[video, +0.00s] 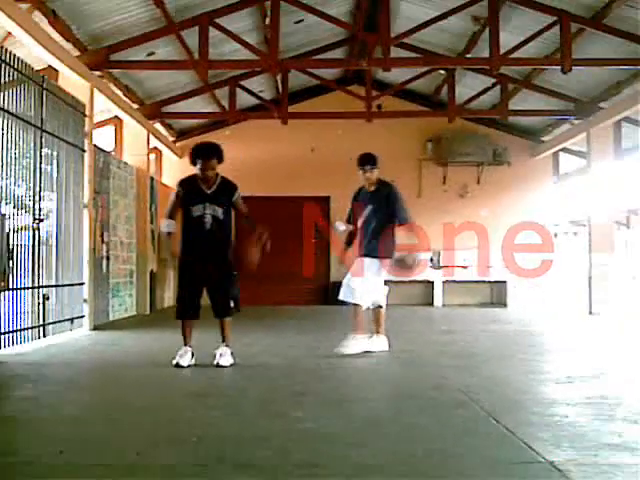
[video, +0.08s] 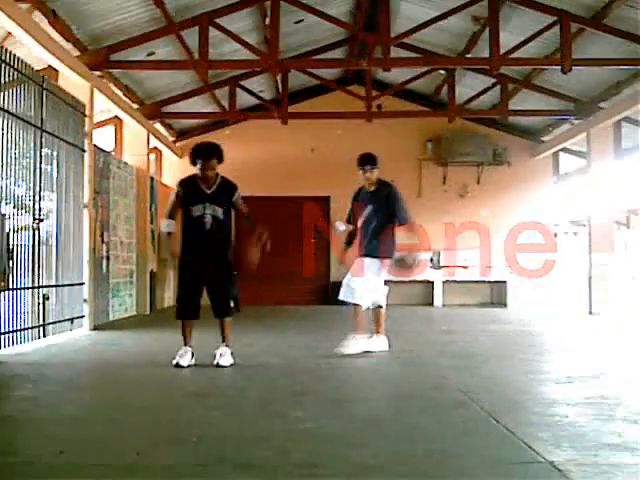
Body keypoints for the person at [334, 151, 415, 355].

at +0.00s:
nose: (368, 175)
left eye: (371, 171)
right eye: (364, 171)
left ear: (377, 170)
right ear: (360, 172)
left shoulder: (389, 191)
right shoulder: (359, 194)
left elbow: (404, 222)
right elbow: (353, 225)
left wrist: (414, 251)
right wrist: (346, 247)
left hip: (379, 253)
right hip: (363, 252)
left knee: (355, 289)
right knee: (377, 294)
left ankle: (358, 335)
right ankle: (380, 337)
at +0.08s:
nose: (368, 175)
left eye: (371, 171)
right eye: (364, 171)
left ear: (377, 170)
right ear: (360, 172)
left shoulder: (389, 191)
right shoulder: (359, 194)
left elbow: (404, 222)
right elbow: (353, 225)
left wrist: (414, 251)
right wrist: (346, 247)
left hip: (379, 253)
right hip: (363, 252)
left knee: (354, 288)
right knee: (377, 293)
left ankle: (358, 335)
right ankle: (380, 337)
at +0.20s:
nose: (380, 176)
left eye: (383, 171)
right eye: (376, 172)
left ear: (389, 171)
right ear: (372, 173)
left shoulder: (401, 190)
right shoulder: (371, 197)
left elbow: (421, 203)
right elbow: (359, 219)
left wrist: (436, 194)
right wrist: (339, 226)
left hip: (393, 254)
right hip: (375, 254)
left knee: (380, 296)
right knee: (368, 297)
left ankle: (412, 335)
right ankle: (379, 338)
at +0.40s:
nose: (393, 165)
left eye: (396, 160)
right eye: (389, 161)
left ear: (403, 161)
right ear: (385, 163)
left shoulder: (419, 179)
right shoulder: (385, 187)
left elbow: (444, 183)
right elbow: (368, 205)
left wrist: (460, 172)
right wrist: (339, 208)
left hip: (414, 248)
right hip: (393, 249)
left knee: (410, 295)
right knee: (390, 293)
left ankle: (424, 338)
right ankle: (394, 334)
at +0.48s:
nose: (400, 157)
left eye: (403, 153)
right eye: (396, 153)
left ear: (410, 152)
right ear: (391, 155)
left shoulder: (425, 171)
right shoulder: (390, 179)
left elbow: (451, 181)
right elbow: (377, 205)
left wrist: (465, 180)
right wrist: (351, 220)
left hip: (422, 239)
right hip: (399, 242)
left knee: (424, 287)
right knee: (404, 289)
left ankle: (434, 334)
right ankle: (410, 334)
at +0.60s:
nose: (409, 160)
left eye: (412, 155)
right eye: (405, 156)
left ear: (419, 155)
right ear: (400, 157)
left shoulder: (433, 175)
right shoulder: (396, 181)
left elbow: (460, 190)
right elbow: (388, 208)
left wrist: (476, 196)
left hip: (430, 240)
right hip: (405, 244)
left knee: (436, 288)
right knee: (413, 294)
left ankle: (449, 337)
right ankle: (423, 338)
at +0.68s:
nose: (419, 173)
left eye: (423, 167)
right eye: (415, 168)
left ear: (429, 168)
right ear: (410, 169)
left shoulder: (440, 190)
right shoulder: (403, 194)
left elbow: (465, 209)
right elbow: (399, 228)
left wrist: (482, 225)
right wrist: (402, 256)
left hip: (439, 254)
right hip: (413, 258)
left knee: (453, 296)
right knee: (419, 303)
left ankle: (469, 341)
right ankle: (428, 342)